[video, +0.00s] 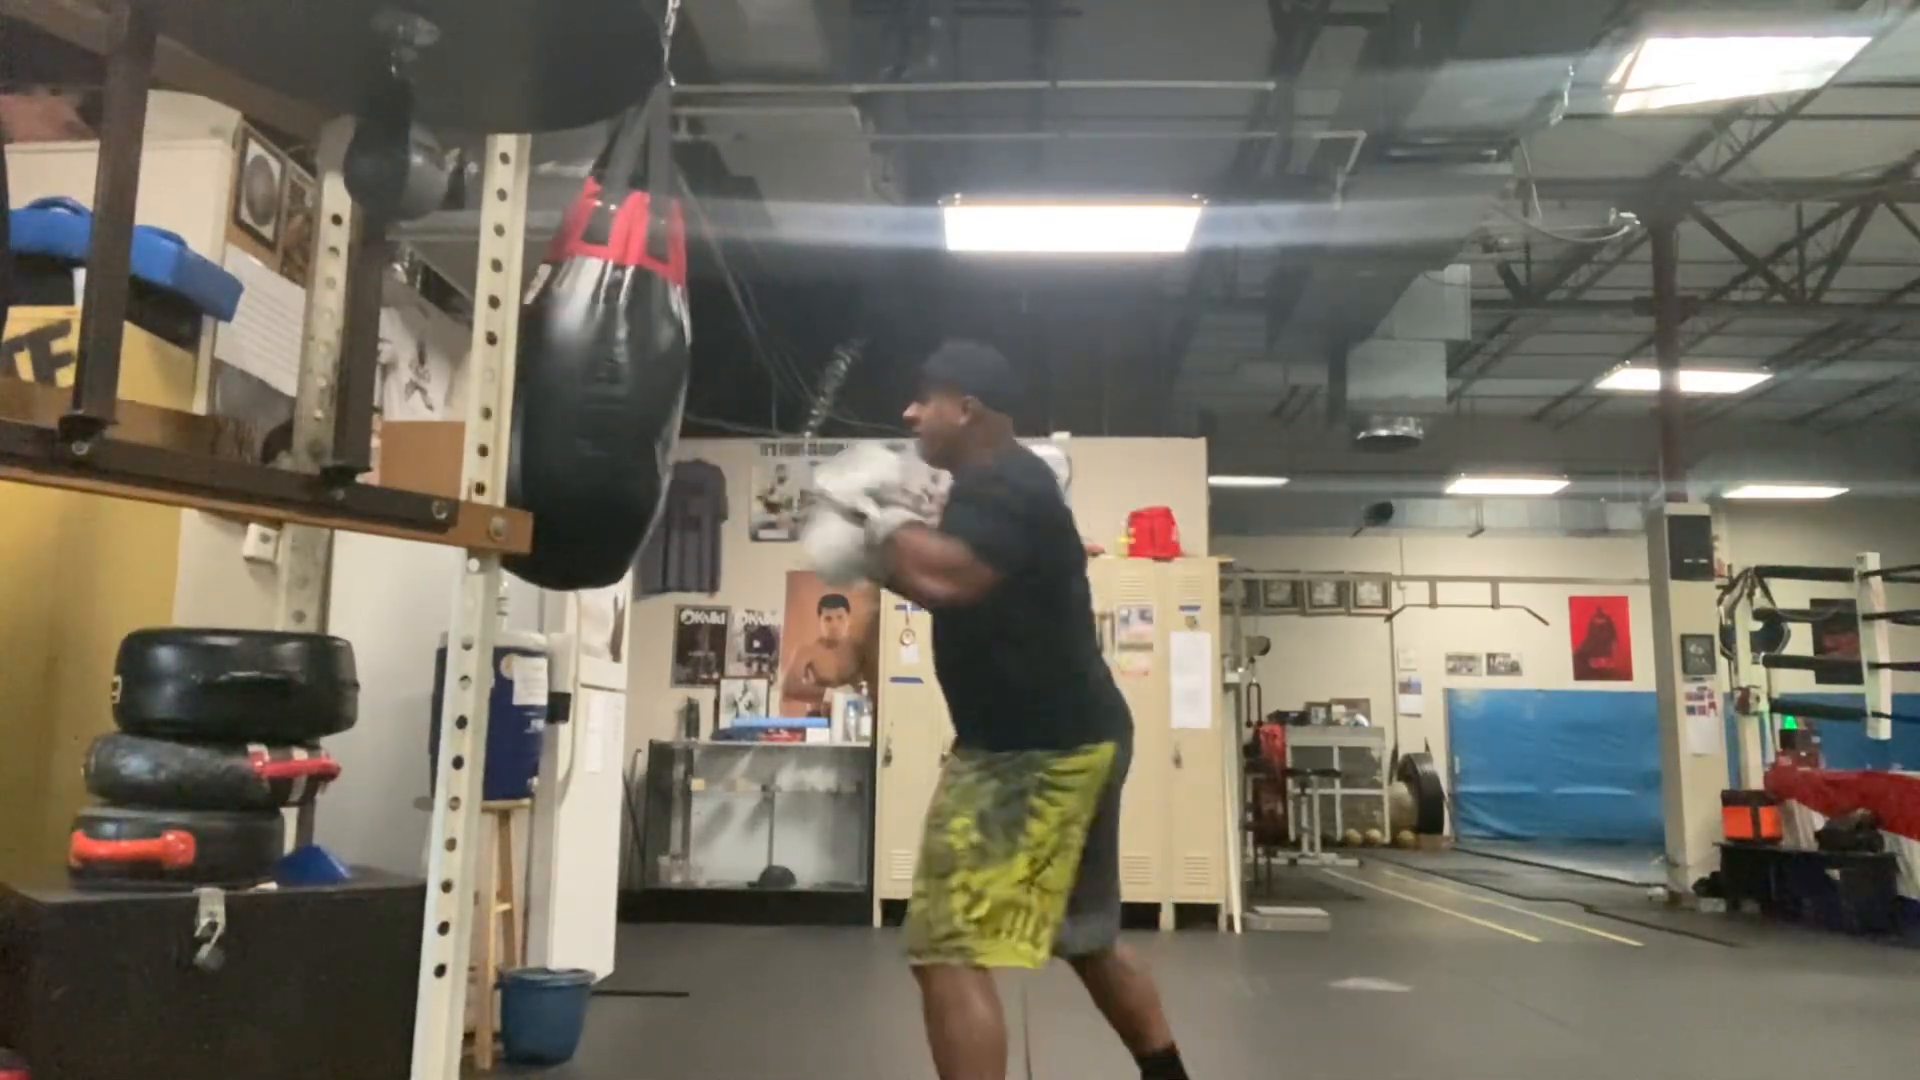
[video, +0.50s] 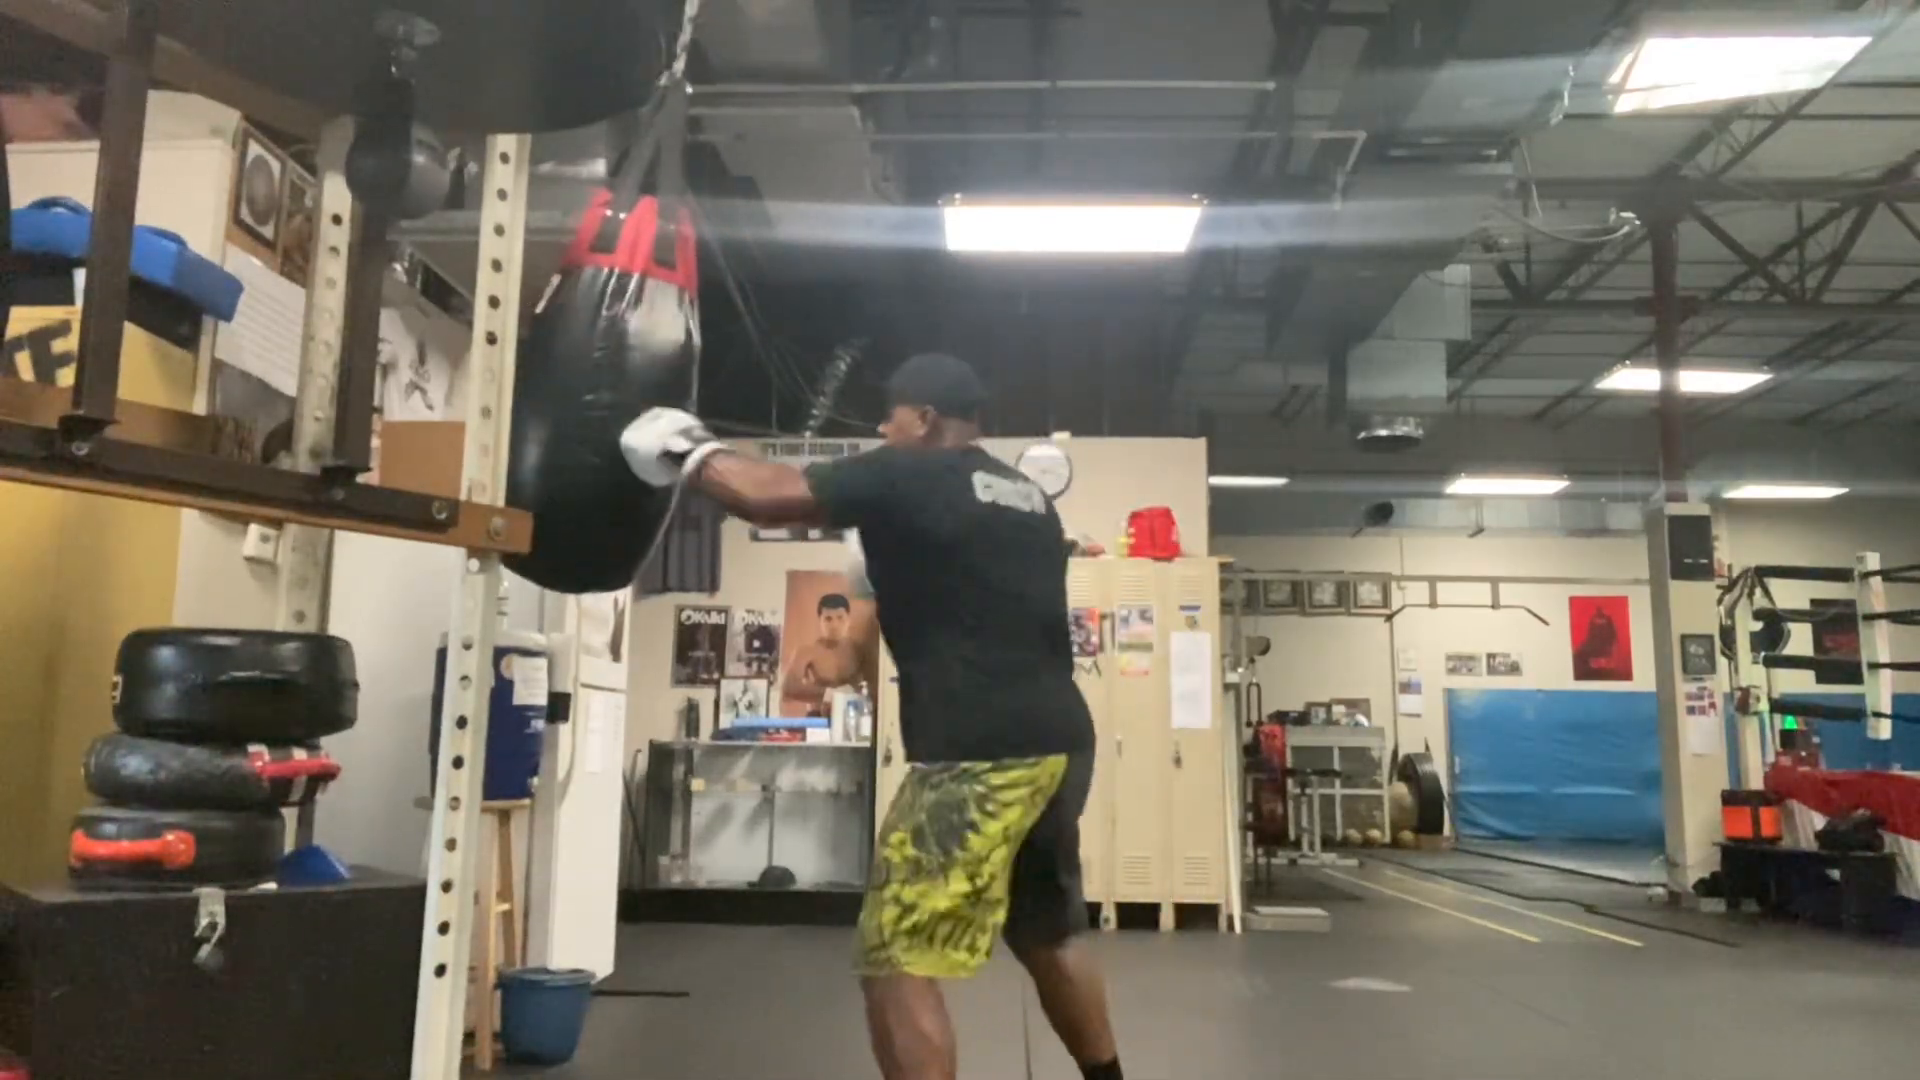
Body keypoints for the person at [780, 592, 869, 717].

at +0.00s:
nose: (834, 624)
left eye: (840, 618)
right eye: (828, 619)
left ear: (848, 620)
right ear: (819, 621)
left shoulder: (857, 652)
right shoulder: (807, 652)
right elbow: (790, 688)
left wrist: (816, 687)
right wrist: (828, 693)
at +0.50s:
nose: (834, 625)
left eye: (840, 618)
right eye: (828, 619)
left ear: (848, 620)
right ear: (819, 621)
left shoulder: (857, 651)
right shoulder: (808, 652)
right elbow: (790, 688)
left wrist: (816, 685)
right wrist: (828, 693)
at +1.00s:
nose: (834, 625)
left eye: (840, 618)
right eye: (828, 619)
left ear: (848, 620)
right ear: (819, 621)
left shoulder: (857, 651)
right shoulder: (808, 652)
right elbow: (789, 688)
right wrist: (825, 693)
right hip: (820, 716)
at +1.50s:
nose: (834, 624)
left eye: (840, 618)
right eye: (828, 619)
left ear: (848, 619)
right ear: (820, 620)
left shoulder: (858, 651)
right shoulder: (807, 651)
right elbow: (789, 688)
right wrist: (826, 693)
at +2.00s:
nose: (834, 625)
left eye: (840, 618)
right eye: (828, 619)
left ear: (848, 619)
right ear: (819, 620)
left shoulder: (857, 651)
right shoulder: (809, 651)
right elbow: (789, 686)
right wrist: (827, 693)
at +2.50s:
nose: (835, 625)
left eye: (840, 618)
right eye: (828, 619)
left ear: (849, 620)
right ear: (819, 621)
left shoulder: (859, 652)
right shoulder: (808, 652)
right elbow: (789, 687)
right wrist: (827, 693)